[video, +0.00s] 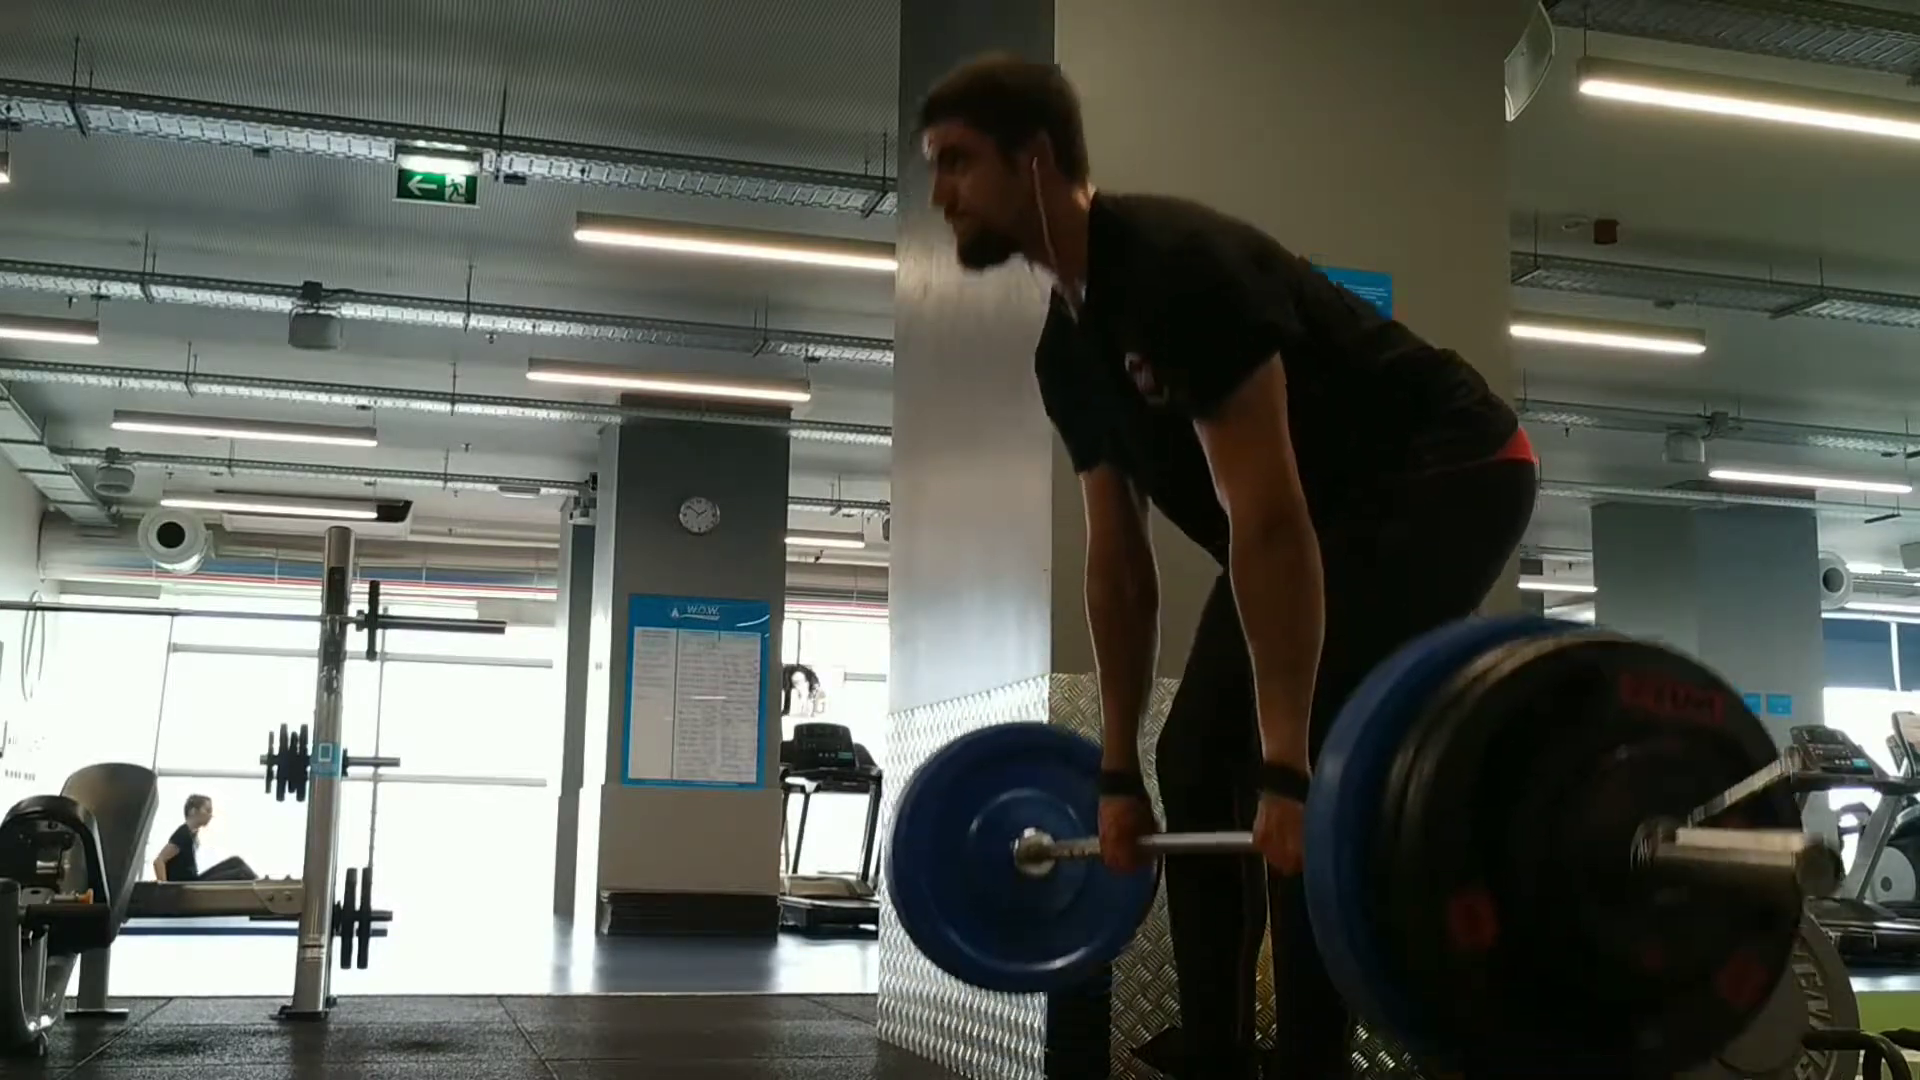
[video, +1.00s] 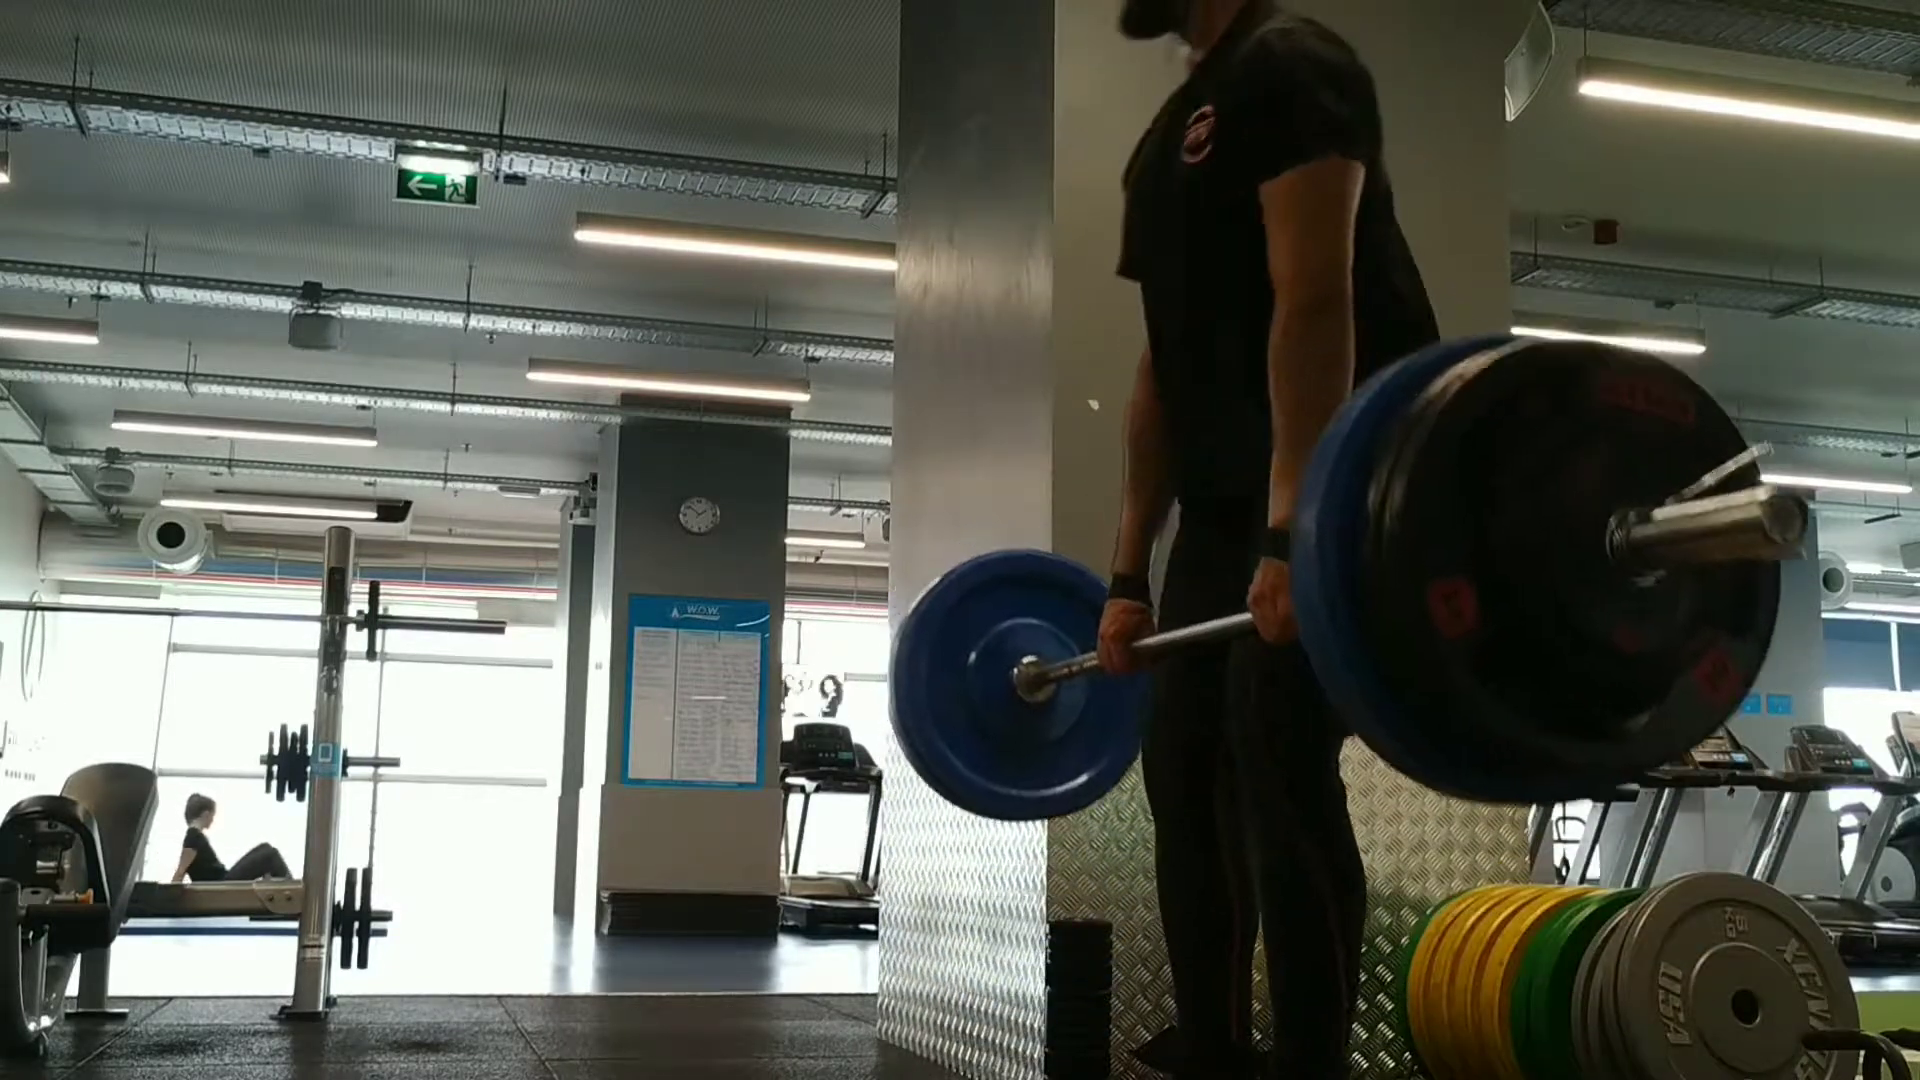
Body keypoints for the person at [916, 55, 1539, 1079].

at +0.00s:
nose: (938, 191)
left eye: (956, 161)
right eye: (931, 168)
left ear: (1039, 158)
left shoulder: (1181, 263)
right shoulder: (1067, 348)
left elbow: (1273, 524)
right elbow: (1116, 558)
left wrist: (1285, 775)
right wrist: (1118, 771)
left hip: (1444, 481)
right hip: (1302, 515)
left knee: (1313, 767)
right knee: (1200, 758)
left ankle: (1312, 1054)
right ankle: (1214, 1042)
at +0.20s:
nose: (997, 53)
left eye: (1021, 23)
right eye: (996, 29)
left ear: (1098, 29)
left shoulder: (1212, 158)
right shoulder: (1094, 243)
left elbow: (1281, 417)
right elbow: (1128, 460)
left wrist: (1282, 652)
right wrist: (1121, 671)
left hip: (1401, 495)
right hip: (1272, 510)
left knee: (1313, 771)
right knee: (1207, 763)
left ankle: (1312, 1058)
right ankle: (1212, 1047)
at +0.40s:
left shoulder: (1283, 67)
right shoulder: (1153, 143)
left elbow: (1307, 314)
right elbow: (1147, 371)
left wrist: (1286, 539)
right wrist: (1124, 576)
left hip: (1308, 500)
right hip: (1211, 503)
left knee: (1280, 778)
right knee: (1186, 775)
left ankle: (1311, 1056)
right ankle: (1211, 1046)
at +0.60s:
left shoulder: (1360, 50)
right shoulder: (1230, 114)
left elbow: (1341, 282)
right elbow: (1181, 330)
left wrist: (1287, 496)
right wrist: (1129, 541)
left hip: (1270, 495)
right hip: (1183, 502)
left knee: (1285, 790)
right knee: (1199, 795)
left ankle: (1312, 1059)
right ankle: (1212, 1050)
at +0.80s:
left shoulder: (1370, 61)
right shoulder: (1246, 120)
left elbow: (1346, 289)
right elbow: (1192, 336)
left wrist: (1289, 507)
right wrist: (1128, 545)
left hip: (1275, 507)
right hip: (1190, 514)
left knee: (1271, 783)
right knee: (1181, 787)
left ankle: (1309, 1060)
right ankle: (1206, 1051)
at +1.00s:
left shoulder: (1295, 66)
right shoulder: (1162, 142)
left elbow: (1316, 309)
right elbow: (1163, 364)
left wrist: (1293, 538)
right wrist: (1129, 574)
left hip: (1311, 503)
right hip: (1215, 506)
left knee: (1282, 773)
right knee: (1181, 770)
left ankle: (1313, 1059)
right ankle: (1207, 1049)